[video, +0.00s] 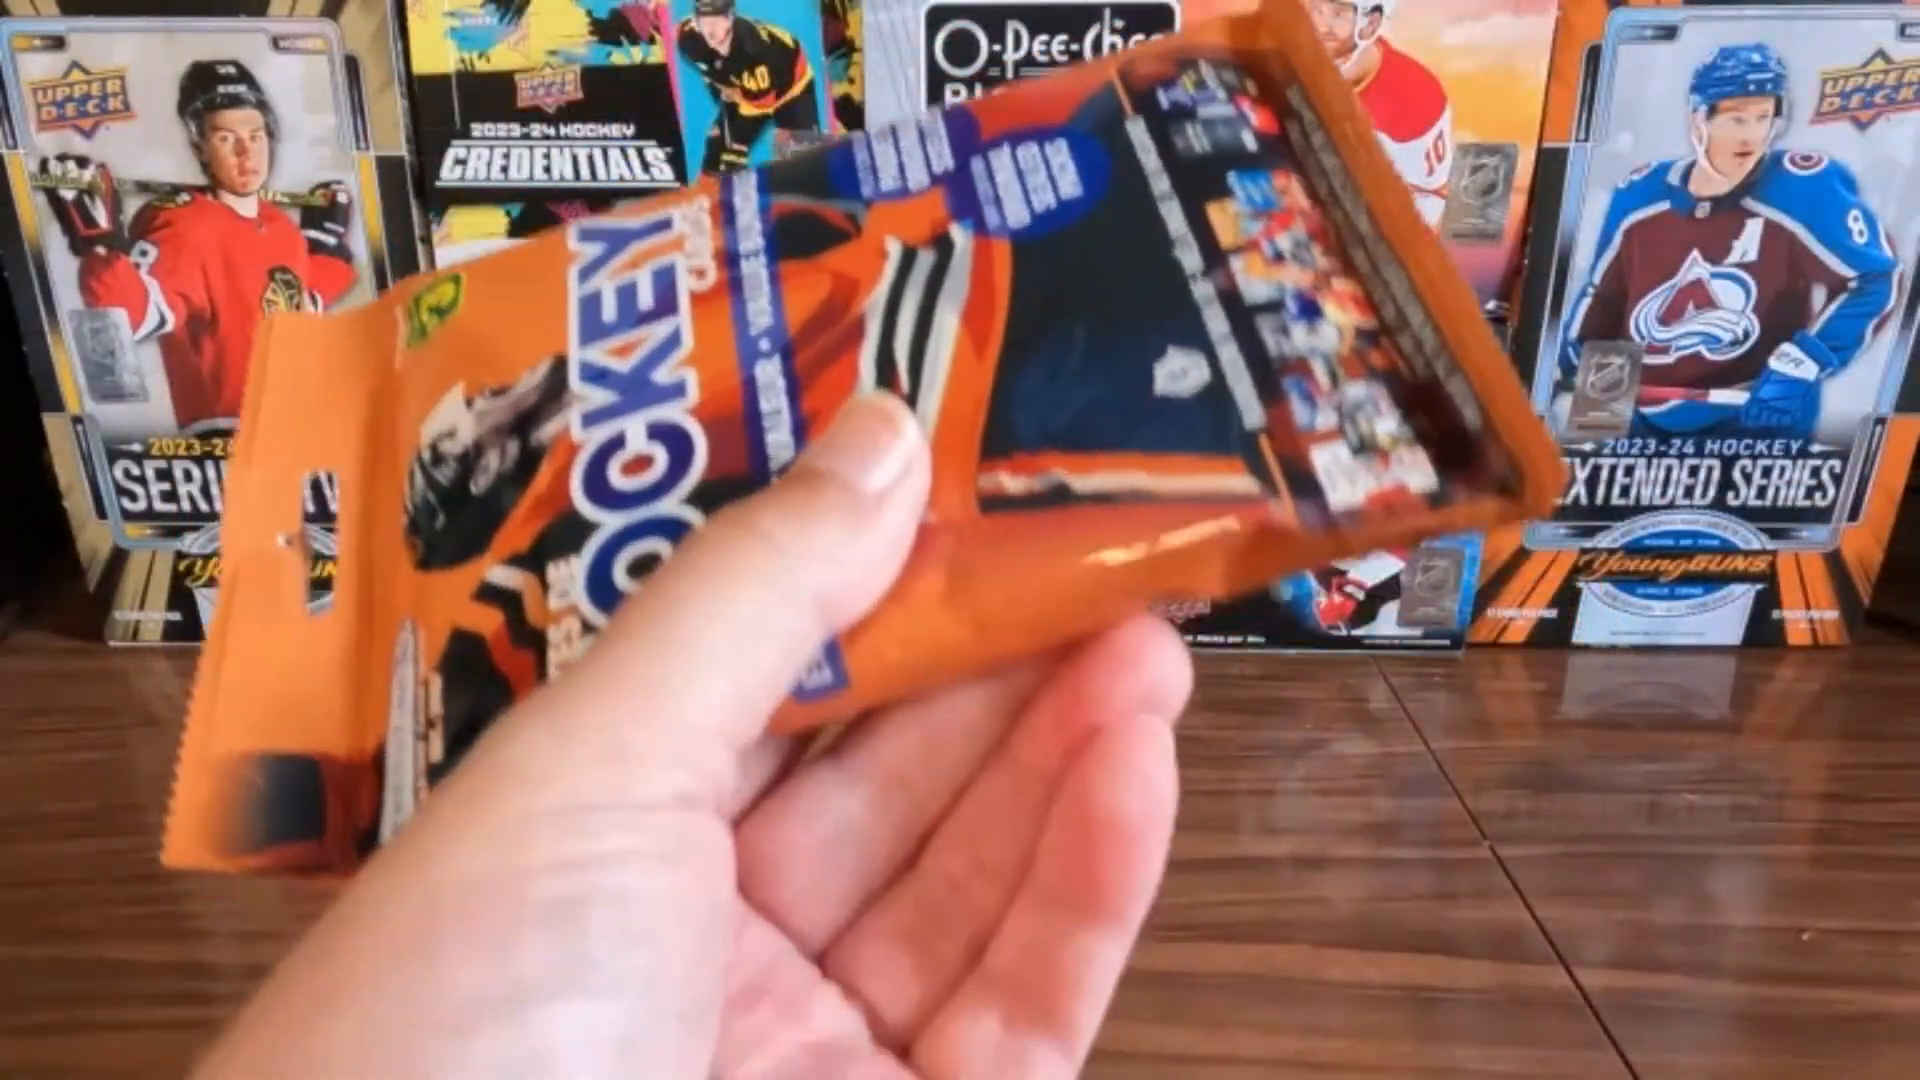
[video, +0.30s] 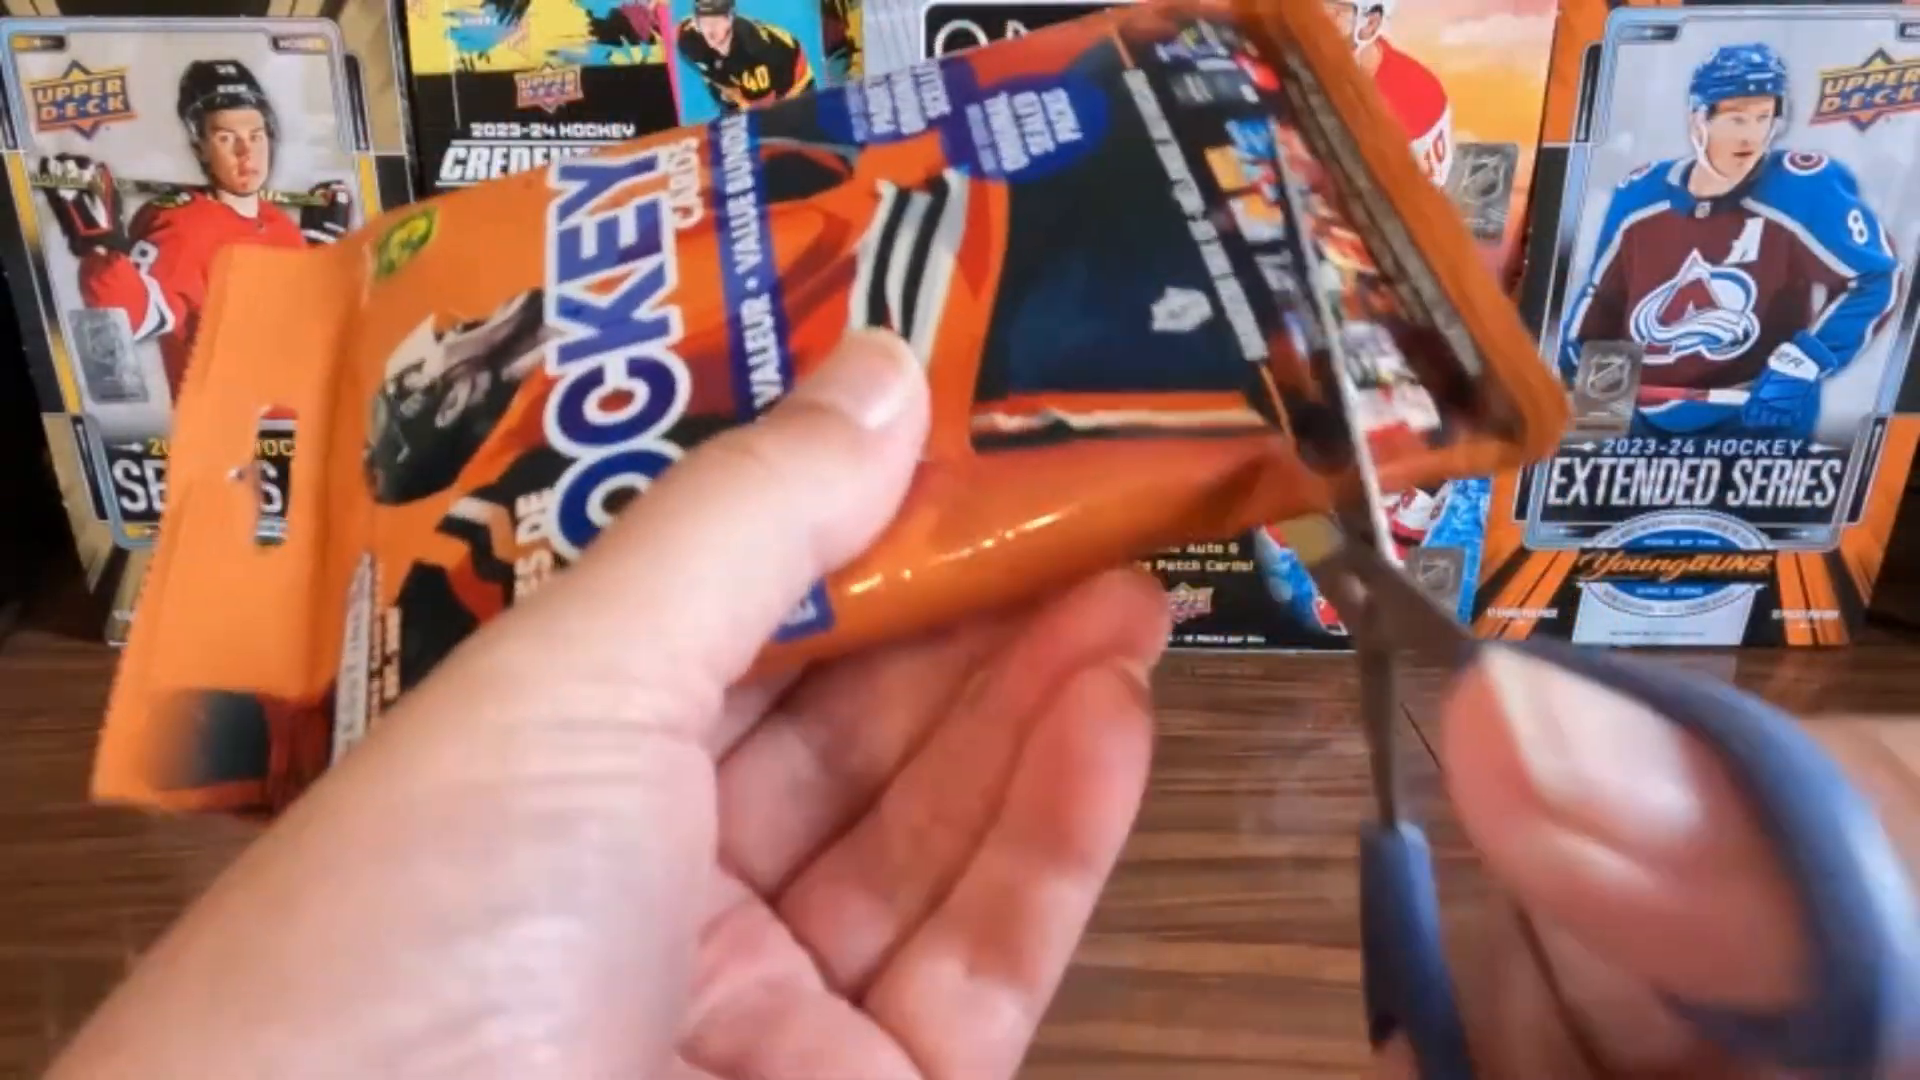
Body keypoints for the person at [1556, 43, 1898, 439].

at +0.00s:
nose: (1750, 135)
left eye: (1762, 119)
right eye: (1735, 119)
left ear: (1775, 123)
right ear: (1698, 124)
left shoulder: (1804, 192)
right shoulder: (1639, 197)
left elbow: (1878, 280)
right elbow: (1599, 295)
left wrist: (1802, 364)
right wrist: (1580, 370)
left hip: (1745, 427)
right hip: (1637, 421)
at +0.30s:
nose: (1750, 135)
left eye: (1762, 119)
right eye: (1735, 119)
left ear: (1775, 123)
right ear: (1698, 124)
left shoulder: (1804, 192)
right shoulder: (1639, 197)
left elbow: (1879, 280)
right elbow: (1597, 298)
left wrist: (1803, 365)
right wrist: (1581, 381)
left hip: (1744, 429)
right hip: (1635, 422)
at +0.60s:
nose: (1749, 135)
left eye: (1762, 118)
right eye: (1735, 118)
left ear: (1775, 123)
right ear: (1698, 123)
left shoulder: (1805, 192)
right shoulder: (1638, 197)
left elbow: (1878, 280)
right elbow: (1599, 296)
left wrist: (1801, 366)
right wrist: (1579, 370)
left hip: (1744, 427)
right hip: (1637, 421)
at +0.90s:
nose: (1750, 135)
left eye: (1762, 118)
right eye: (1735, 118)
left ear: (1775, 123)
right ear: (1698, 123)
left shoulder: (1806, 192)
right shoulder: (1638, 198)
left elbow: (1878, 280)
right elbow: (1599, 296)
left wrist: (1801, 366)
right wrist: (1575, 366)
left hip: (1745, 427)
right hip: (1638, 422)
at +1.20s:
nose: (1749, 135)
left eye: (1762, 118)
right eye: (1734, 118)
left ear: (1775, 123)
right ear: (1698, 123)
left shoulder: (1808, 191)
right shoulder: (1638, 197)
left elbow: (1879, 280)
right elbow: (1600, 296)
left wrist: (1802, 365)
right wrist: (1578, 366)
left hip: (1745, 427)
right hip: (1637, 422)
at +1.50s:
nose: (1750, 135)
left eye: (1762, 118)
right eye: (1735, 119)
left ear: (1775, 123)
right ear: (1698, 123)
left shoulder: (1805, 191)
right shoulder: (1638, 197)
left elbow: (1878, 280)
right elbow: (1600, 295)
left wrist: (1802, 365)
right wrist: (1577, 367)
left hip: (1742, 427)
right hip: (1635, 421)